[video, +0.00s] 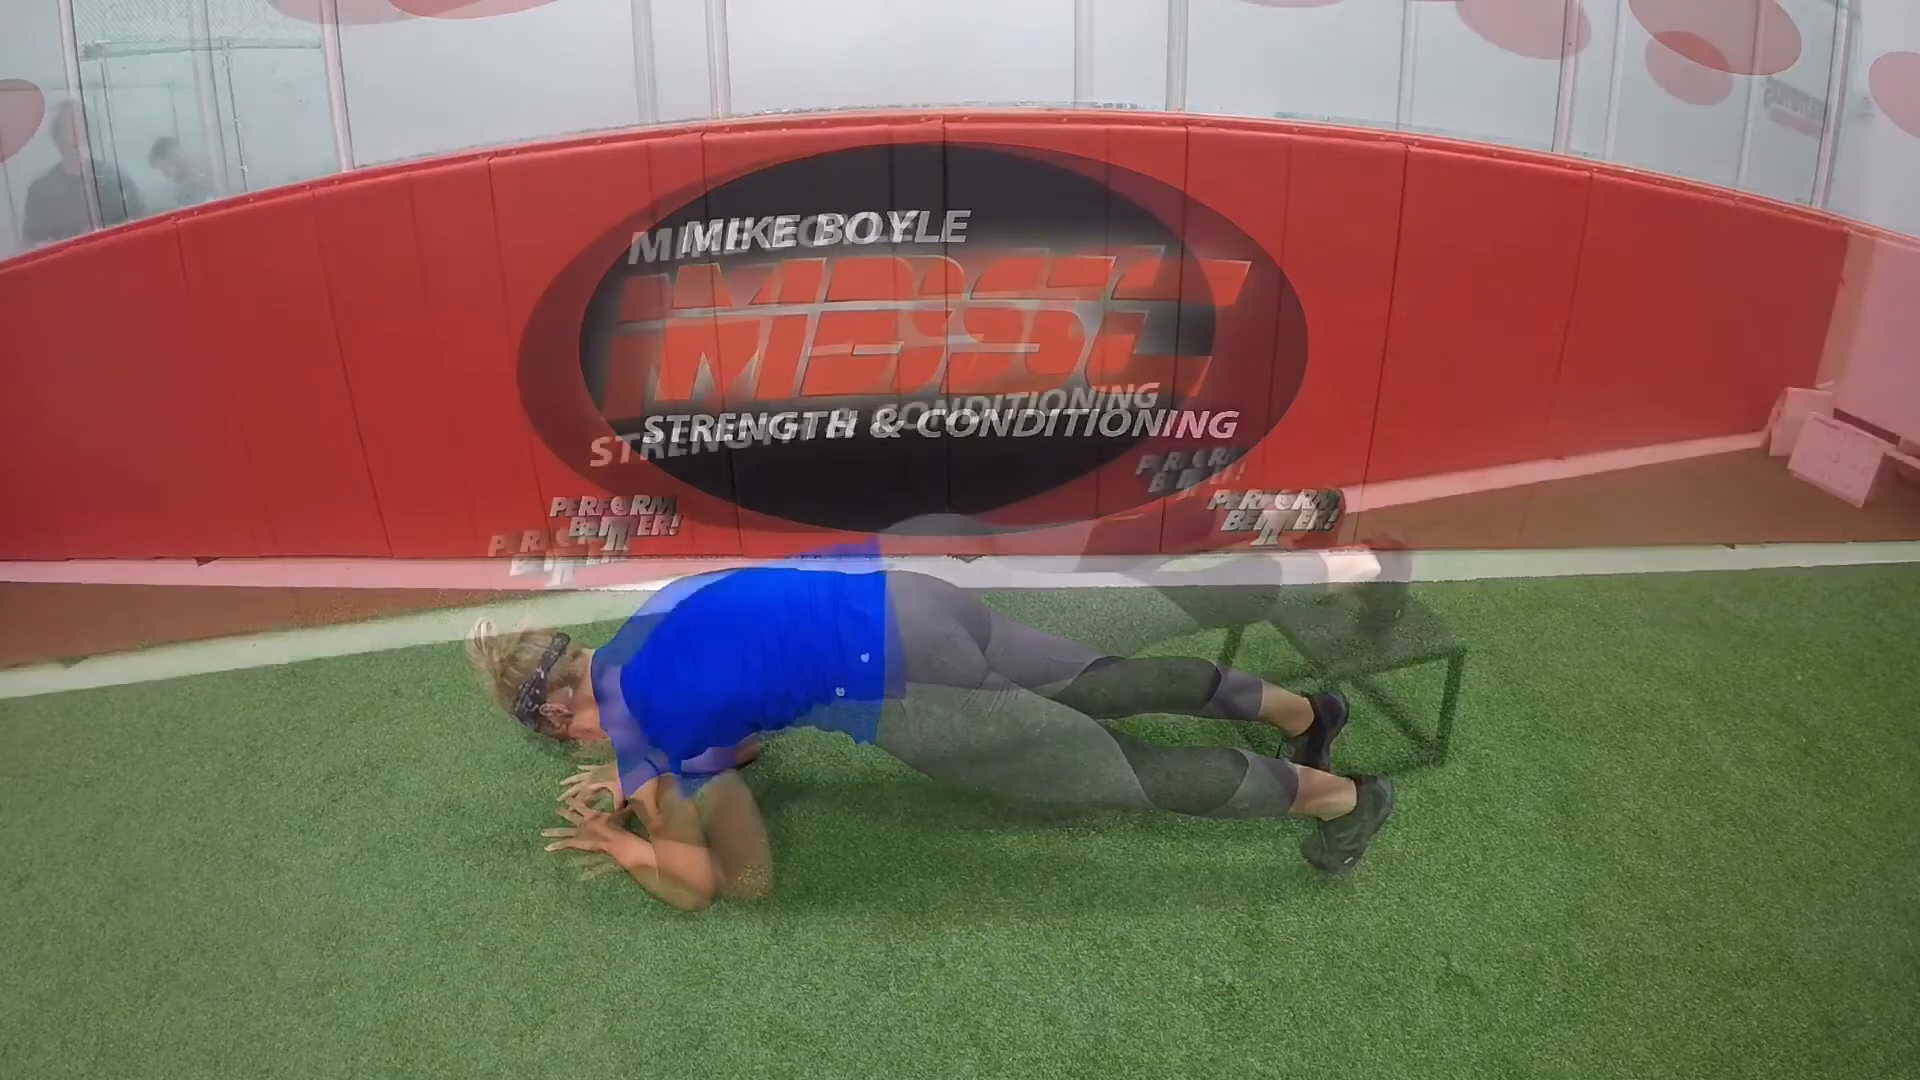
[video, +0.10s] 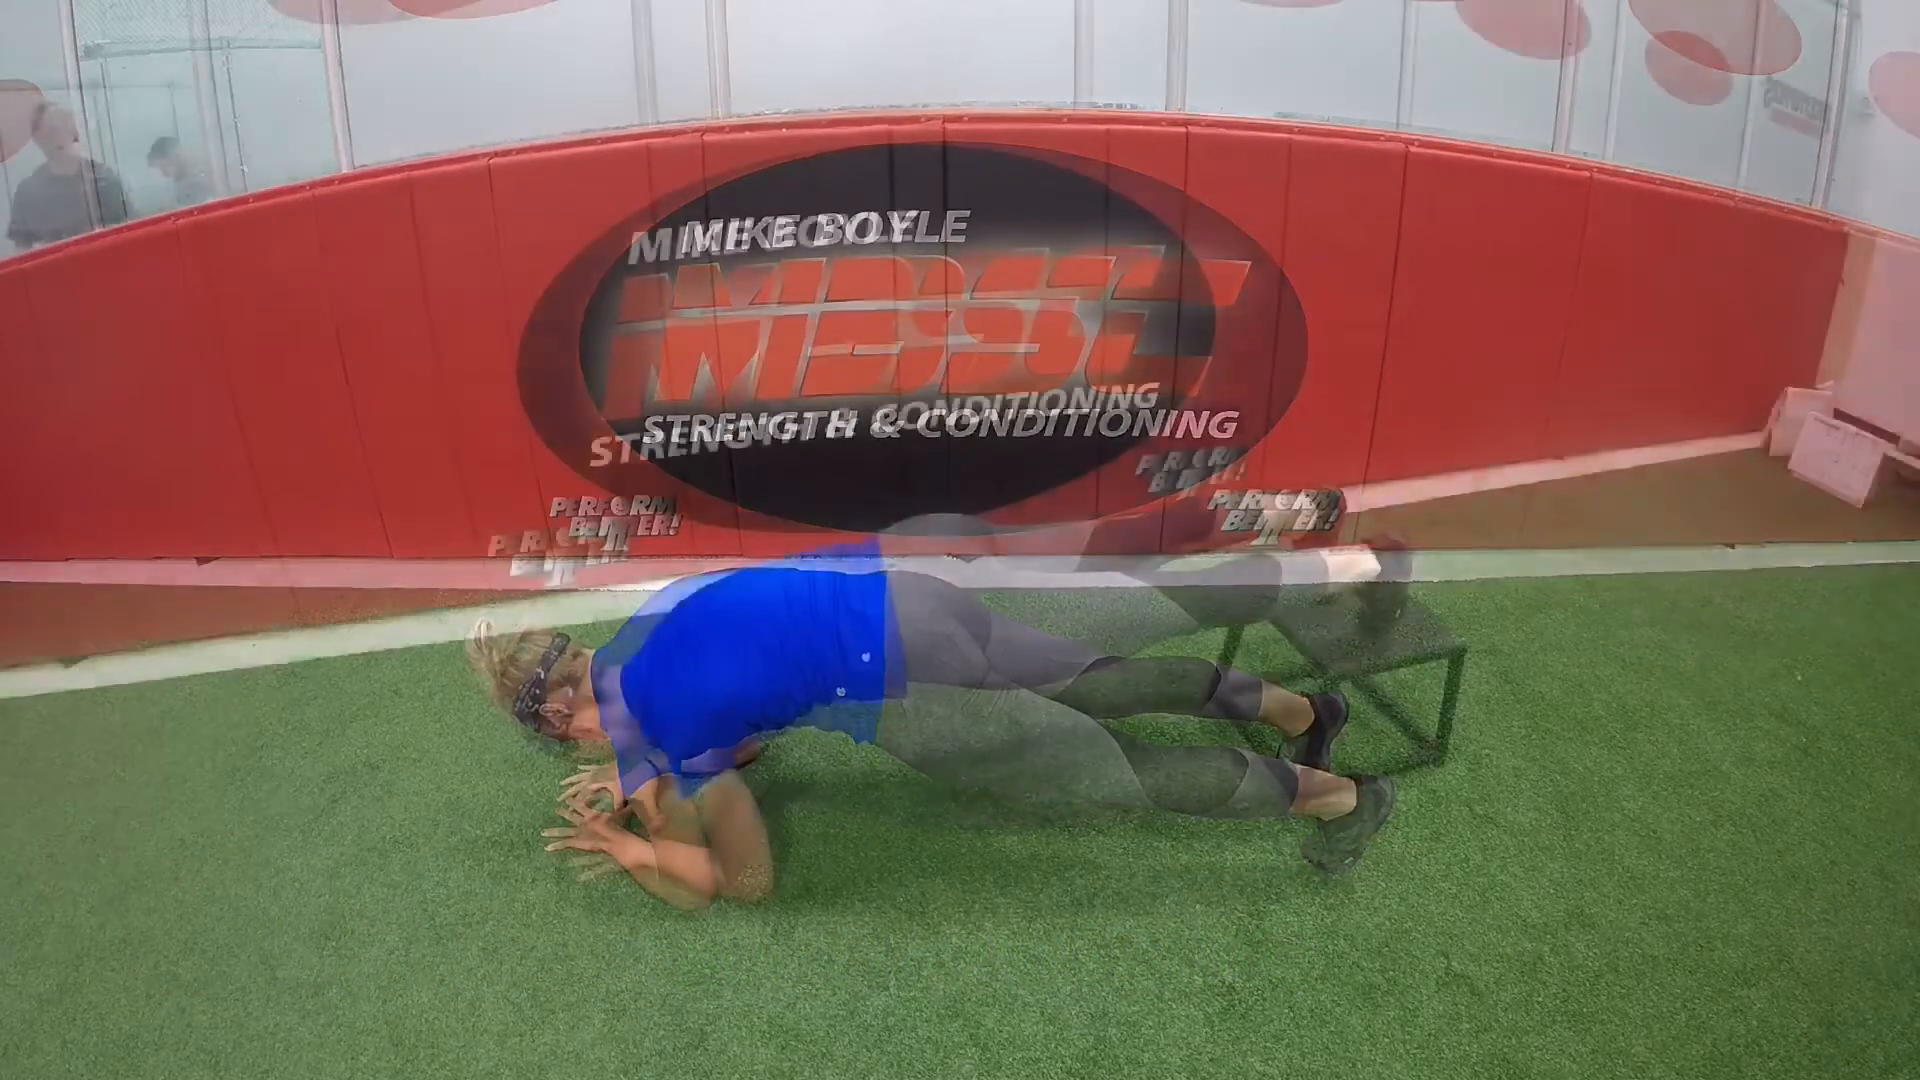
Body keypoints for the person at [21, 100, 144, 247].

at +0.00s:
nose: (77, 137)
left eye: (81, 129)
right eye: (70, 131)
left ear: (90, 132)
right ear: (58, 138)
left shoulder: (116, 179)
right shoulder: (42, 189)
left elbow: (140, 222)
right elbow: (34, 243)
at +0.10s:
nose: (58, 137)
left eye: (62, 128)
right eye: (50, 130)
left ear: (76, 134)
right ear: (37, 138)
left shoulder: (105, 178)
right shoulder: (29, 191)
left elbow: (126, 230)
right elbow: (22, 250)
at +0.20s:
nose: (42, 139)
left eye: (47, 129)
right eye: (31, 134)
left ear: (60, 133)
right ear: (25, 144)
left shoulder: (90, 175)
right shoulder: (18, 194)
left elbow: (115, 220)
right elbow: (14, 246)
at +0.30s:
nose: (28, 142)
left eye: (33, 131)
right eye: (19, 137)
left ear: (49, 135)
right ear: (14, 147)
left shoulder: (82, 178)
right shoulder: (7, 199)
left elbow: (107, 227)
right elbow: (7, 254)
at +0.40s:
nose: (23, 145)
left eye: (28, 135)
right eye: (14, 141)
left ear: (45, 137)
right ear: (9, 150)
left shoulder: (77, 184)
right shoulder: (5, 202)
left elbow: (95, 234)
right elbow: (5, 257)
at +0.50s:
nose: (22, 151)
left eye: (28, 141)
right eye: (14, 146)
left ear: (44, 143)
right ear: (8, 154)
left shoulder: (73, 191)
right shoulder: (5, 204)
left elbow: (95, 240)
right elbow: (4, 258)